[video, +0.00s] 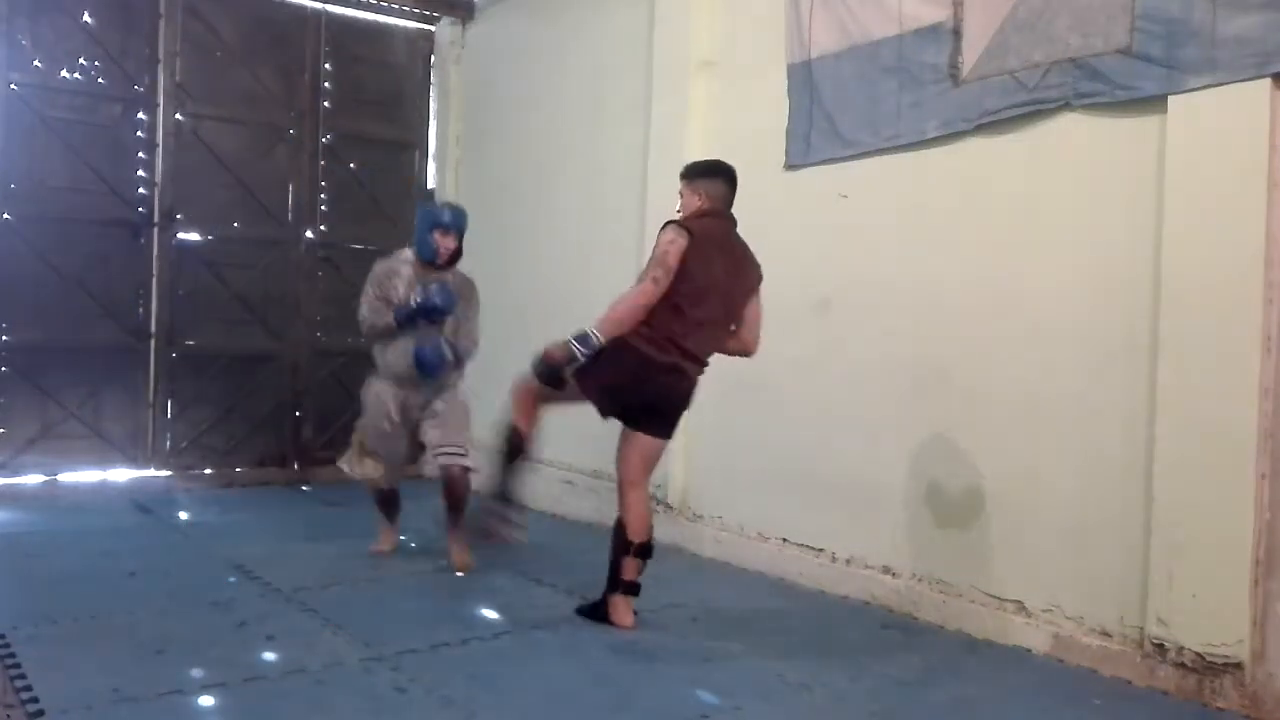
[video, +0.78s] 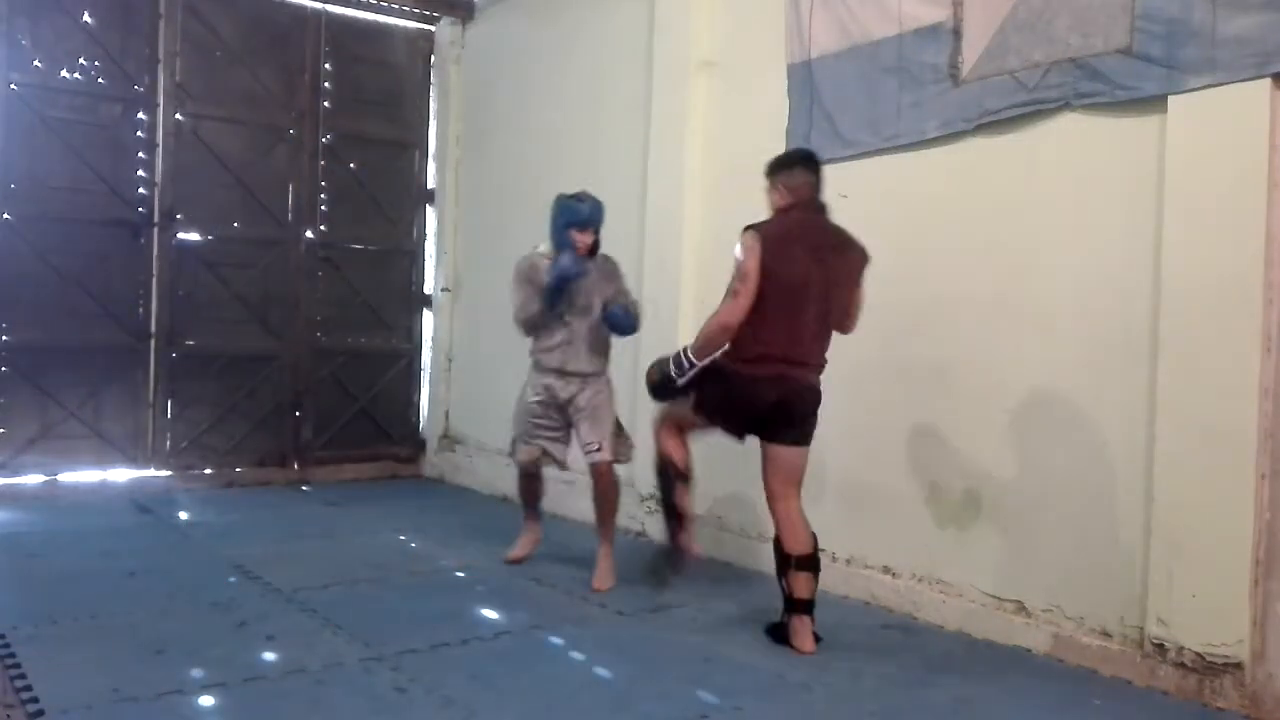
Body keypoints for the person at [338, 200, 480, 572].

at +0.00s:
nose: (449, 244)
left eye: (456, 237)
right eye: (443, 235)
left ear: (461, 242)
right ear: (424, 234)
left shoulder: (462, 286)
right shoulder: (388, 271)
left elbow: (466, 341)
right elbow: (368, 323)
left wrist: (445, 355)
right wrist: (411, 312)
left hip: (441, 391)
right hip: (389, 388)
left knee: (455, 472)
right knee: (380, 469)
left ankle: (456, 538)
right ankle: (389, 529)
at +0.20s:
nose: (461, 245)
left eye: (467, 238)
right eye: (453, 237)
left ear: (476, 242)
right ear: (438, 240)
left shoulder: (487, 281)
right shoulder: (415, 279)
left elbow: (508, 327)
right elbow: (398, 327)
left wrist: (490, 355)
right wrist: (428, 331)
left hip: (476, 390)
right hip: (432, 389)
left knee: (483, 463)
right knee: (410, 461)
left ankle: (480, 533)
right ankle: (400, 523)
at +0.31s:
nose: (484, 238)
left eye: (491, 230)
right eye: (477, 230)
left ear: (500, 234)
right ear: (464, 233)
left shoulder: (514, 273)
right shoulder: (445, 271)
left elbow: (540, 316)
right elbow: (423, 317)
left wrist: (526, 340)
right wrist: (450, 307)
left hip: (505, 381)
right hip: (458, 380)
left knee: (520, 458)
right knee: (432, 457)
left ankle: (526, 540)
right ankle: (442, 516)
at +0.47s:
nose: (532, 259)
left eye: (538, 252)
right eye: (524, 251)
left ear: (546, 257)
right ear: (509, 254)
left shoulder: (557, 298)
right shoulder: (489, 293)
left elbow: (584, 347)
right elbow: (475, 343)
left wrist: (572, 358)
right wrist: (505, 314)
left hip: (542, 411)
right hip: (497, 407)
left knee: (560, 476)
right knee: (477, 481)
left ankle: (587, 559)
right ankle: (488, 537)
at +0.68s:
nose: (582, 240)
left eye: (588, 232)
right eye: (574, 231)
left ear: (594, 234)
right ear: (555, 231)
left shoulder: (600, 270)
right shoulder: (528, 268)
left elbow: (621, 317)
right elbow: (514, 326)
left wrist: (612, 321)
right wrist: (544, 297)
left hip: (586, 383)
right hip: (539, 381)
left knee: (596, 465)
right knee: (521, 458)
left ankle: (599, 555)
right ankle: (521, 529)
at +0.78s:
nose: (587, 239)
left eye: (593, 231)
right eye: (579, 230)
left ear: (599, 233)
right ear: (560, 230)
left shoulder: (605, 268)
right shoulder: (534, 266)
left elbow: (627, 315)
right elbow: (526, 322)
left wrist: (620, 315)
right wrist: (554, 286)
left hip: (591, 380)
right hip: (545, 377)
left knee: (601, 465)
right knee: (527, 457)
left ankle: (605, 552)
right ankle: (531, 528)